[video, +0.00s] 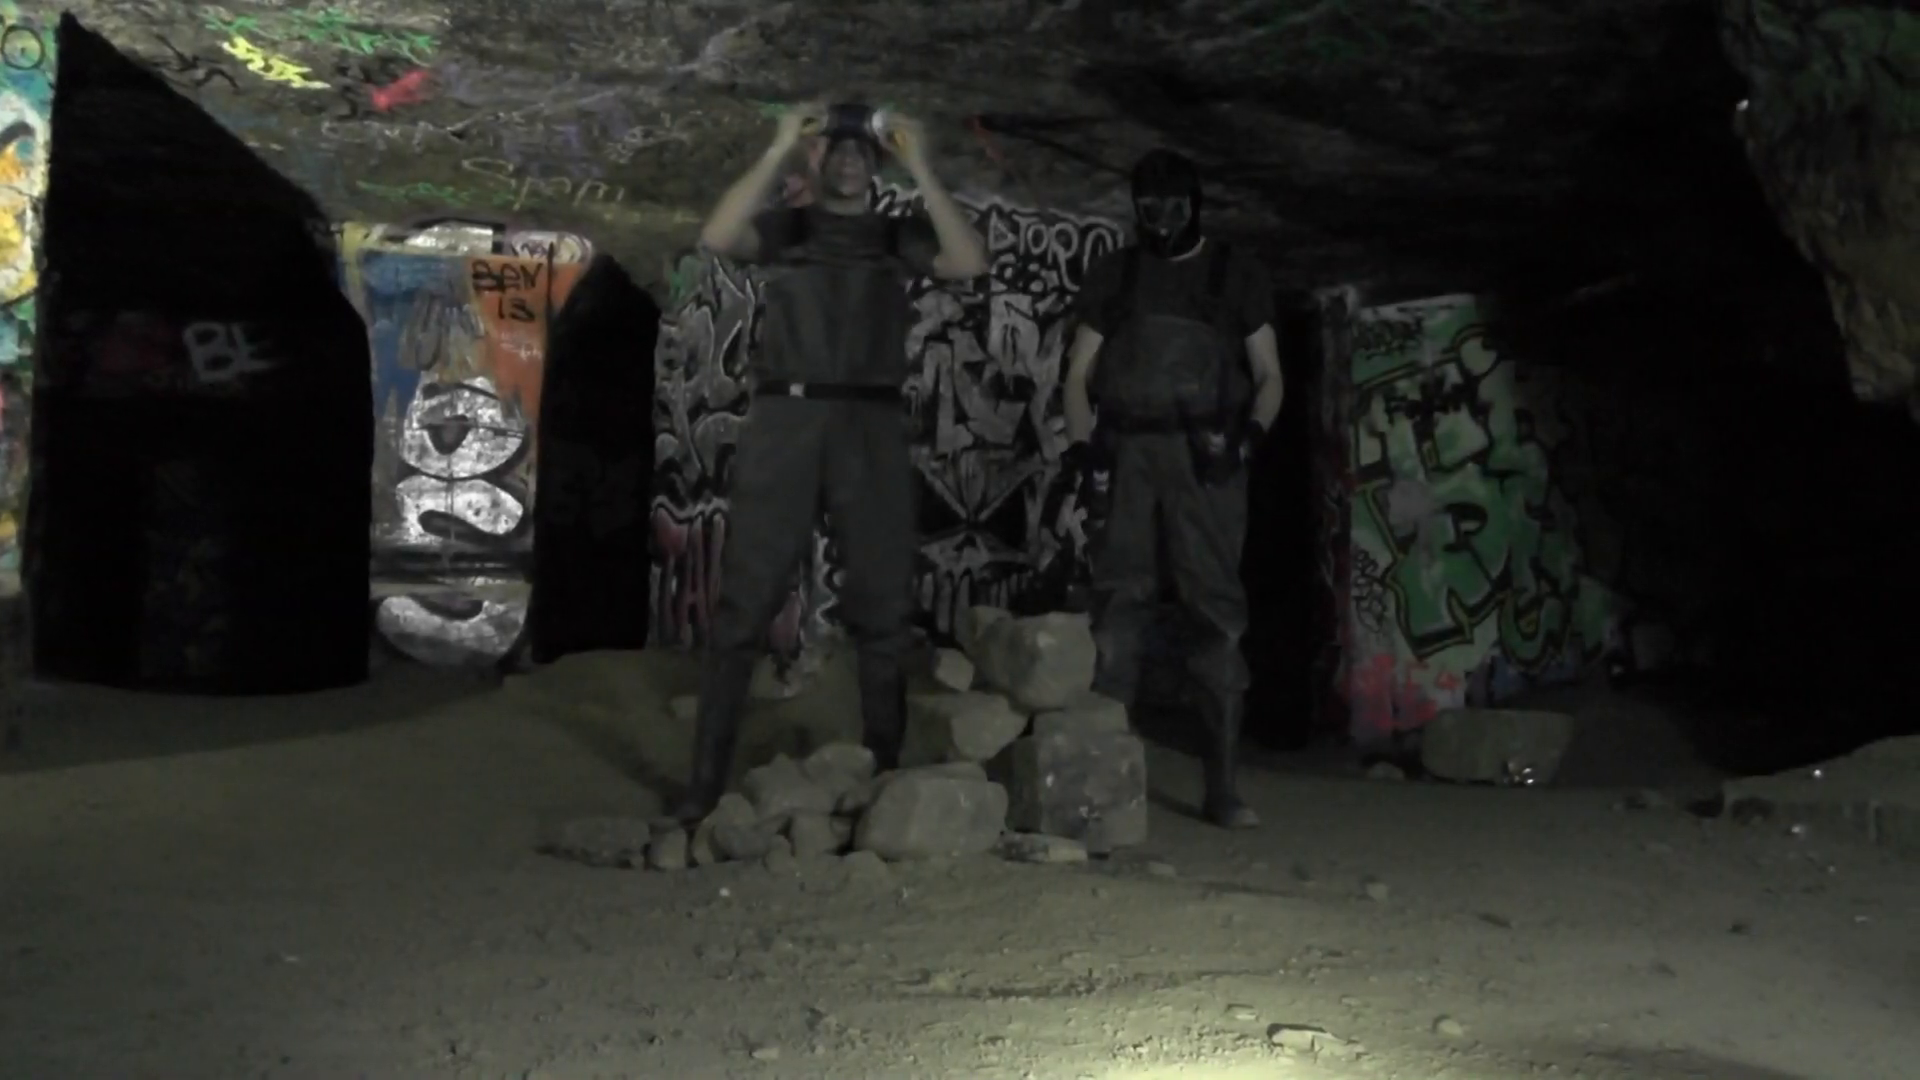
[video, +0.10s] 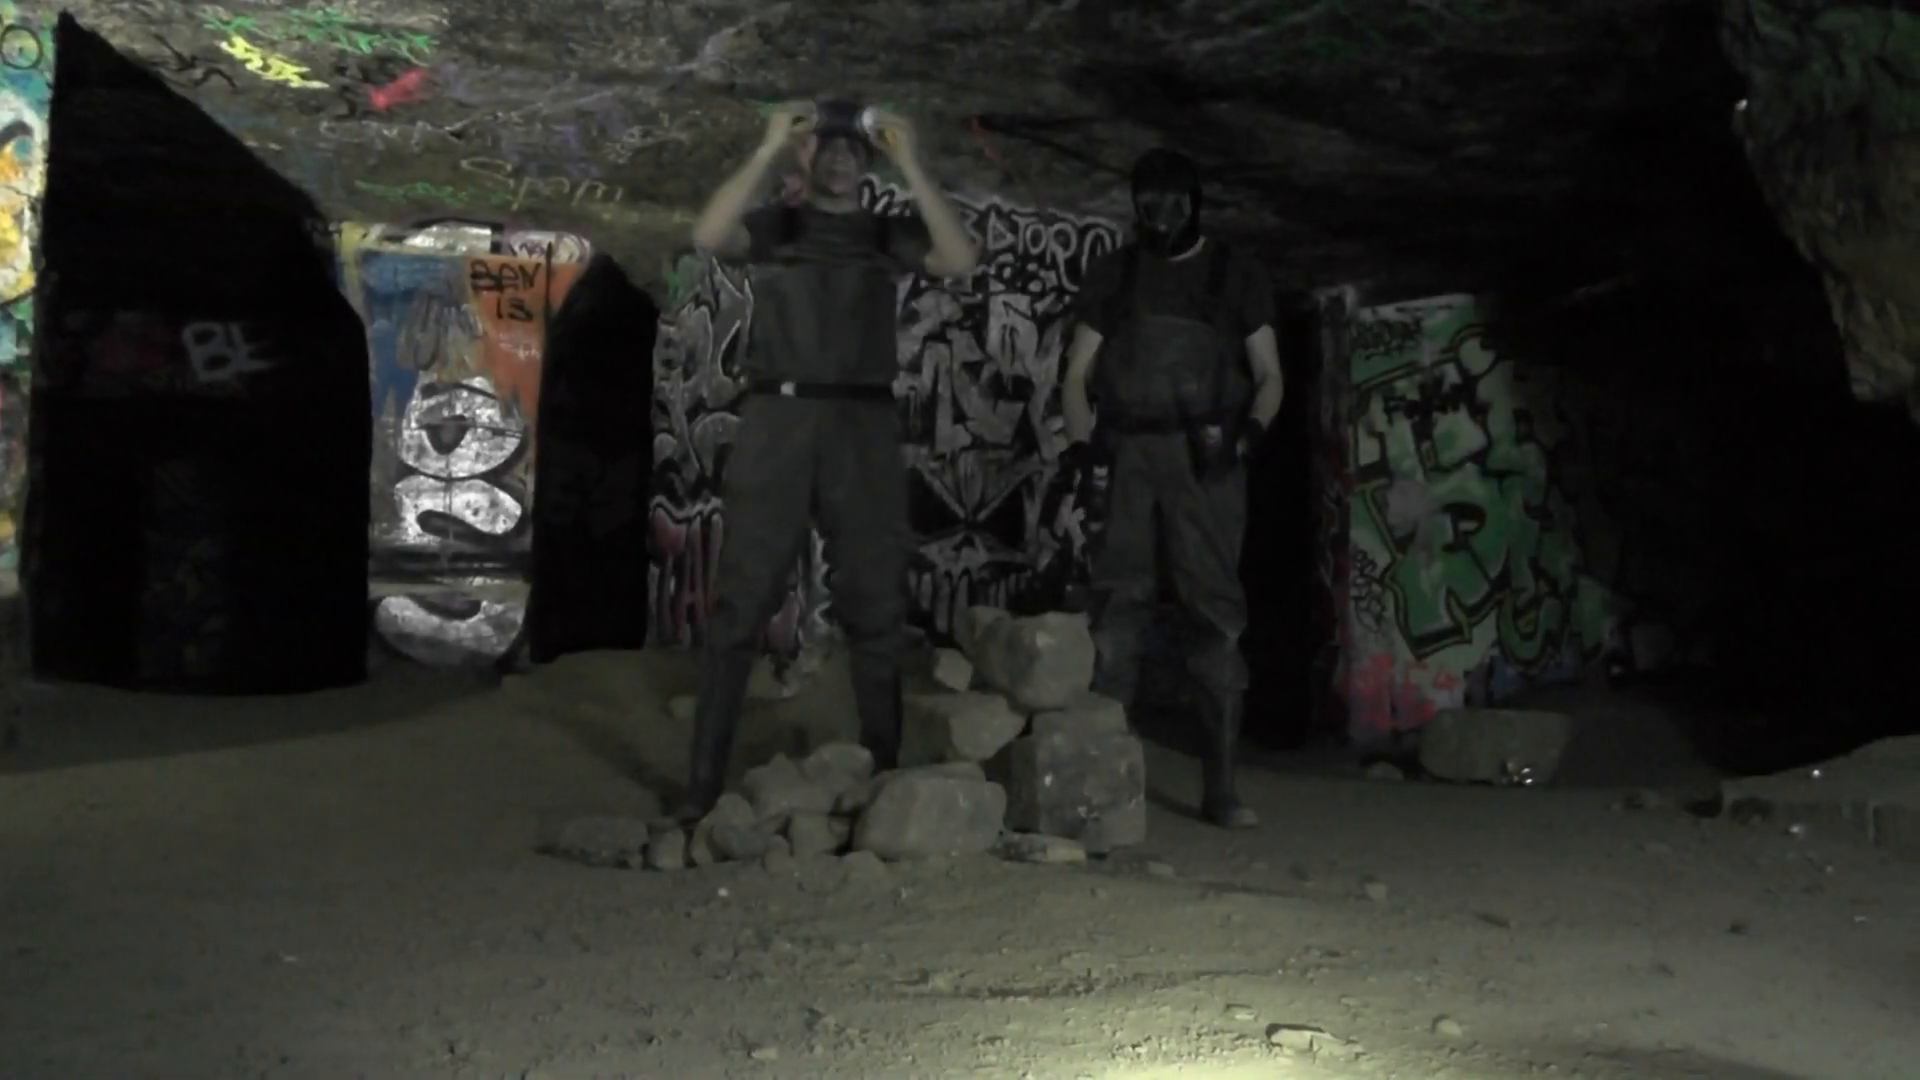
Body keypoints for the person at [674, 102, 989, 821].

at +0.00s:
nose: (846, 164)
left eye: (858, 154)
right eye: (834, 153)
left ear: (876, 168)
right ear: (809, 165)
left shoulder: (896, 233)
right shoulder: (782, 229)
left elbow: (969, 263)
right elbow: (719, 237)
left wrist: (918, 168)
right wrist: (779, 153)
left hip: (871, 436)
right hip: (782, 435)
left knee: (882, 610)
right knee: (744, 607)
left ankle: (884, 775)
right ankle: (706, 783)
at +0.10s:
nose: (838, 161)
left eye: (849, 151)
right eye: (825, 149)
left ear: (867, 164)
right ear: (800, 161)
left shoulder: (887, 230)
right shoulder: (773, 226)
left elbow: (960, 261)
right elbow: (711, 236)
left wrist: (908, 165)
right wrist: (769, 152)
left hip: (863, 436)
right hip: (776, 433)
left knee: (875, 610)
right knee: (739, 607)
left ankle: (883, 776)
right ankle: (703, 785)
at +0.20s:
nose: (827, 159)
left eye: (840, 148)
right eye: (814, 146)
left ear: (859, 161)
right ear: (790, 157)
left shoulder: (880, 230)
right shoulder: (766, 225)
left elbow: (951, 257)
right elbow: (701, 235)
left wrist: (899, 163)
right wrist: (762, 150)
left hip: (856, 437)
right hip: (769, 436)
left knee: (870, 615)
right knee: (733, 614)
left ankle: (884, 779)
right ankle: (700, 791)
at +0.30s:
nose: (822, 161)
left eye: (836, 150)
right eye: (810, 148)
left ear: (855, 161)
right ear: (787, 158)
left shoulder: (875, 230)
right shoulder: (761, 224)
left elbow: (945, 253)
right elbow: (694, 235)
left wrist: (892, 160)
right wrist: (754, 148)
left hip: (852, 441)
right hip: (763, 439)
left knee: (866, 615)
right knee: (729, 614)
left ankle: (882, 777)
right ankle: (699, 789)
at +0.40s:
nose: (818, 163)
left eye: (831, 152)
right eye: (805, 151)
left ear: (851, 162)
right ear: (783, 159)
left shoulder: (873, 229)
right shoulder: (757, 225)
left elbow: (941, 252)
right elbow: (689, 237)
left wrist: (887, 159)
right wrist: (749, 150)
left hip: (850, 440)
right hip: (762, 439)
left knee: (866, 615)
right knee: (729, 613)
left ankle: (882, 779)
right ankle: (697, 789)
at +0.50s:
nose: (816, 164)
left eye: (828, 153)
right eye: (803, 152)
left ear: (849, 160)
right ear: (781, 159)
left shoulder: (872, 228)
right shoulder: (756, 225)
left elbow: (939, 252)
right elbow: (688, 240)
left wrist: (883, 158)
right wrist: (745, 150)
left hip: (850, 439)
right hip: (761, 437)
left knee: (865, 615)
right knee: (729, 613)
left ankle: (882, 778)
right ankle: (697, 789)